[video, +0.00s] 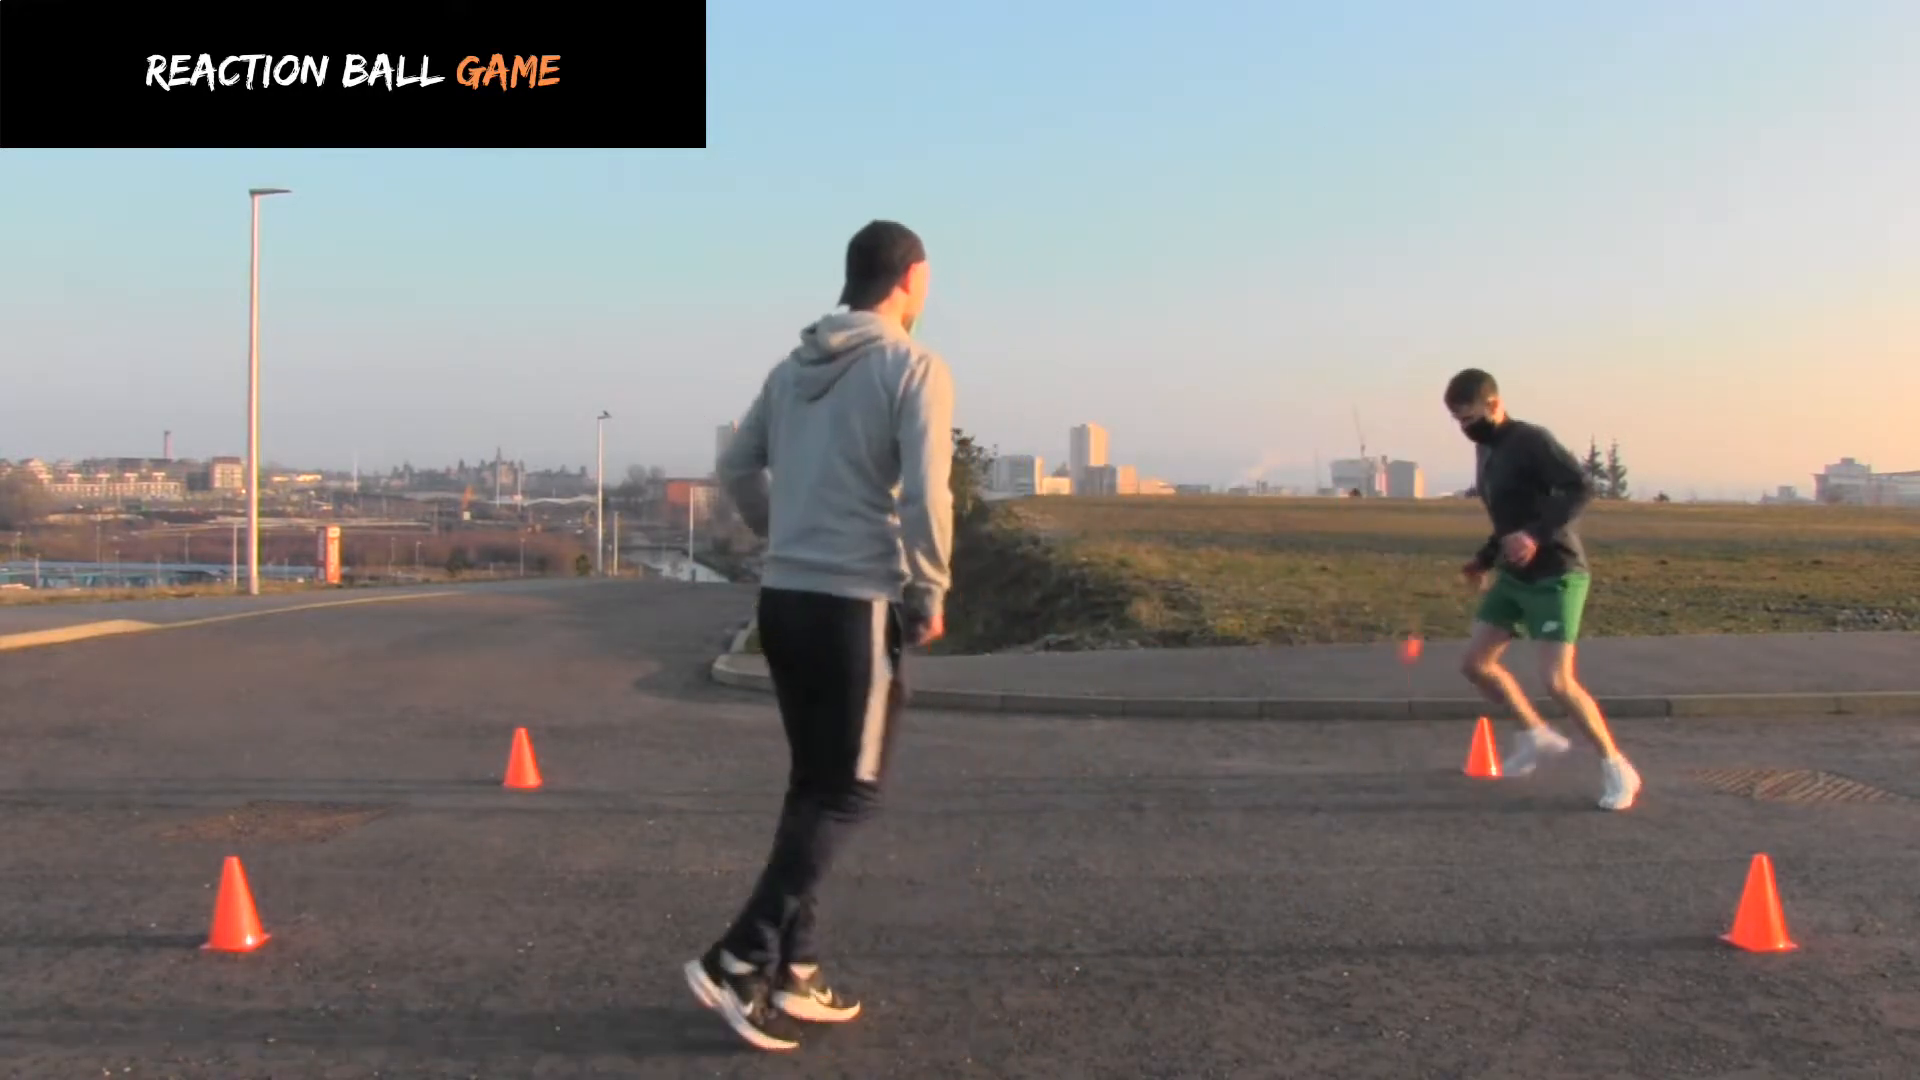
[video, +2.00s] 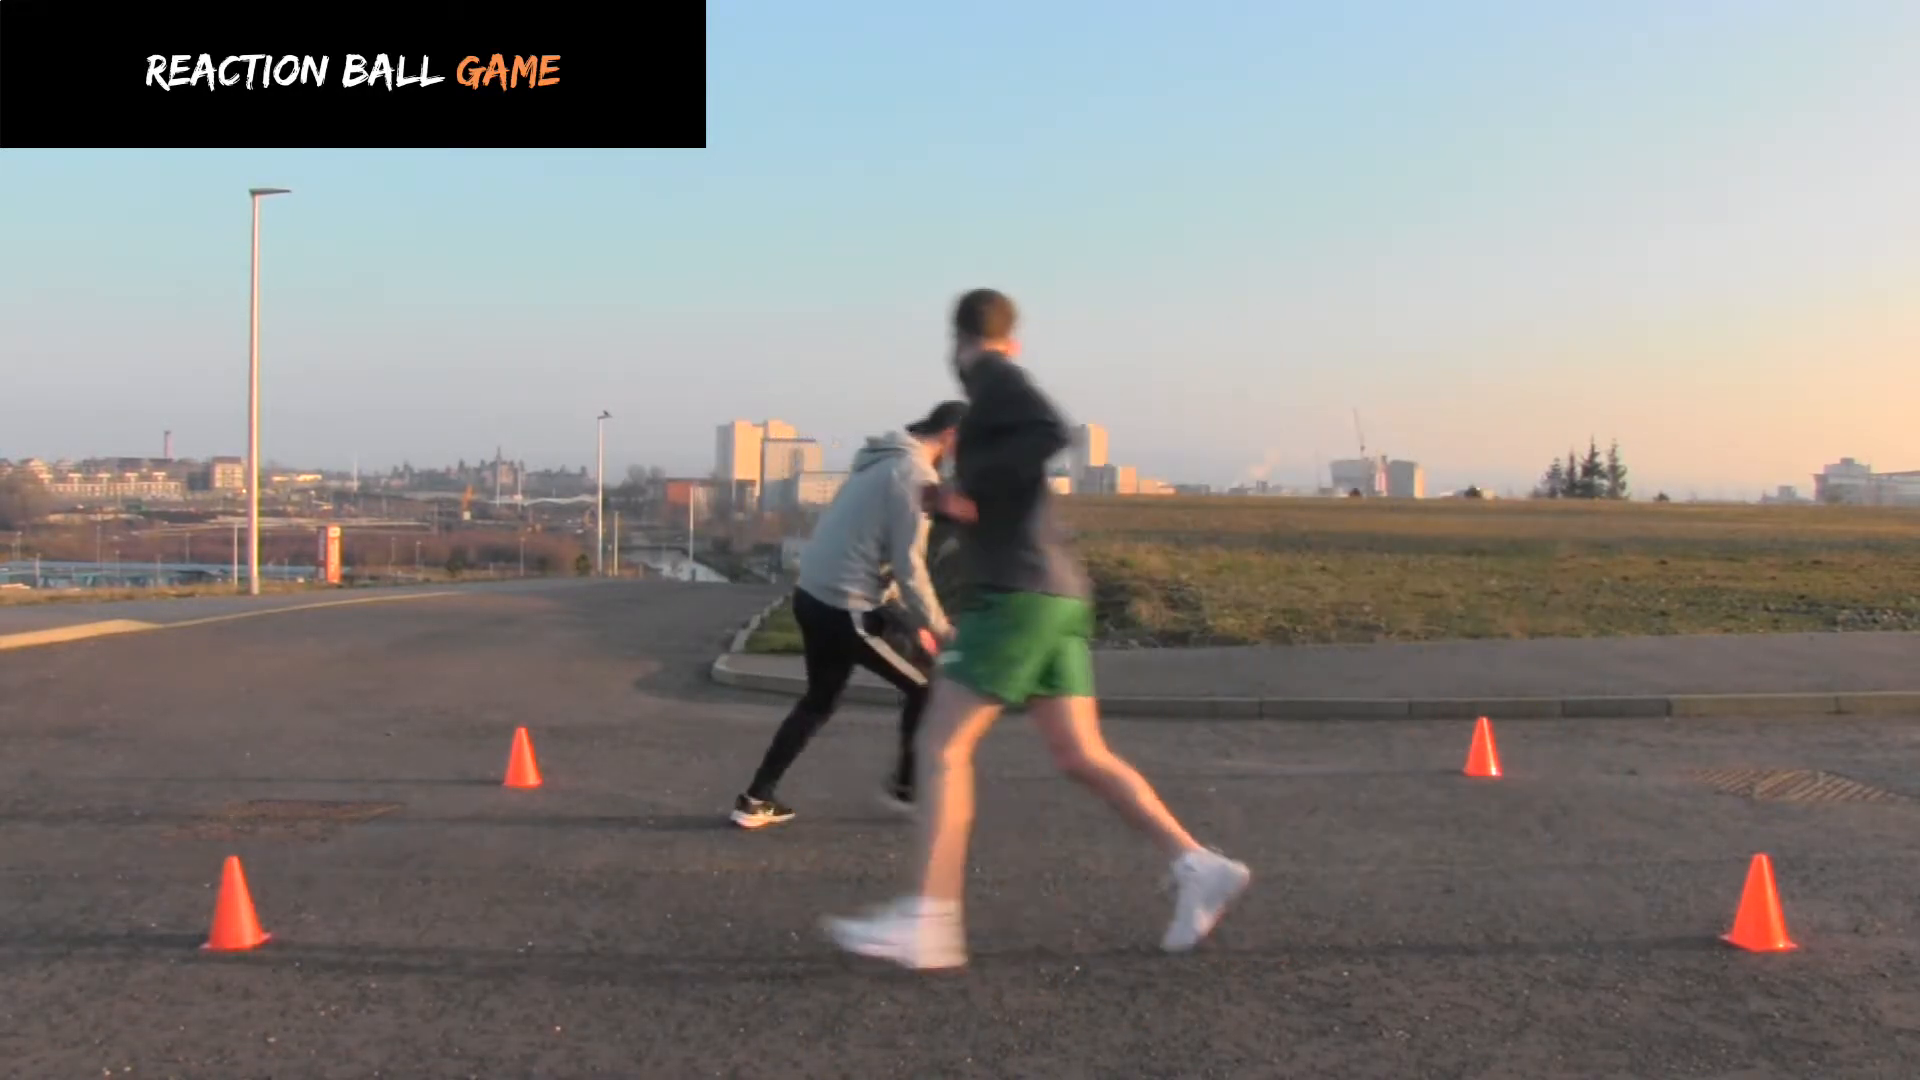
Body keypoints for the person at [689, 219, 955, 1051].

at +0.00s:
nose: (925, 294)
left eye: (922, 280)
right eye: (923, 281)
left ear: (853, 278)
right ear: (907, 281)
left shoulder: (794, 365)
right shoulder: (916, 368)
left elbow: (735, 464)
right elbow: (923, 490)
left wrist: (781, 536)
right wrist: (930, 589)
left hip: (786, 599)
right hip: (857, 603)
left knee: (812, 783)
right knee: (850, 790)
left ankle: (792, 970)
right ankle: (734, 963)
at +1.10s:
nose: (887, 318)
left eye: (885, 305)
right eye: (883, 306)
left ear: (824, 312)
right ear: (864, 314)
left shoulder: (782, 389)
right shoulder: (863, 391)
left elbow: (758, 484)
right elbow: (876, 500)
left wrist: (798, 547)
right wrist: (902, 589)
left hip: (774, 579)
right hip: (827, 582)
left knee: (814, 714)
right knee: (850, 738)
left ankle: (774, 852)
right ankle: (823, 906)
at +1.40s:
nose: (850, 373)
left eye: (850, 361)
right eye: (848, 362)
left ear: (798, 360)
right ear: (827, 363)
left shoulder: (765, 426)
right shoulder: (822, 430)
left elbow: (822, 504)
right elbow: (838, 524)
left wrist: (891, 479)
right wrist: (871, 605)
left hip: (754, 612)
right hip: (806, 615)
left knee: (785, 737)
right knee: (880, 741)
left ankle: (724, 864)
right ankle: (828, 860)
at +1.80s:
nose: (923, 414)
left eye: (927, 404)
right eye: (923, 403)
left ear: (887, 388)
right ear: (902, 390)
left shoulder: (836, 428)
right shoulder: (884, 444)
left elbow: (829, 508)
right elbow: (861, 525)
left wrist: (885, 542)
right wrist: (862, 602)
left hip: (779, 579)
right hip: (819, 591)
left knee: (779, 692)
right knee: (824, 707)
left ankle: (733, 802)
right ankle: (755, 812)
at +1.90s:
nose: (947, 446)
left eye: (951, 434)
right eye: (948, 432)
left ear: (917, 417)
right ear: (923, 418)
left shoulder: (858, 450)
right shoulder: (892, 463)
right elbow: (883, 555)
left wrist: (899, 596)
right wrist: (910, 624)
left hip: (797, 594)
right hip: (831, 603)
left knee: (804, 695)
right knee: (906, 695)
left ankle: (752, 801)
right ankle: (823, 770)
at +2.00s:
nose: (959, 454)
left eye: (960, 445)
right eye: (961, 444)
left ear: (930, 427)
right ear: (950, 435)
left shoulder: (882, 460)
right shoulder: (912, 475)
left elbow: (881, 563)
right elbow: (908, 563)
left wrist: (915, 628)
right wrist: (941, 625)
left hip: (813, 596)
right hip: (846, 607)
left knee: (819, 699)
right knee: (921, 685)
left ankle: (757, 796)